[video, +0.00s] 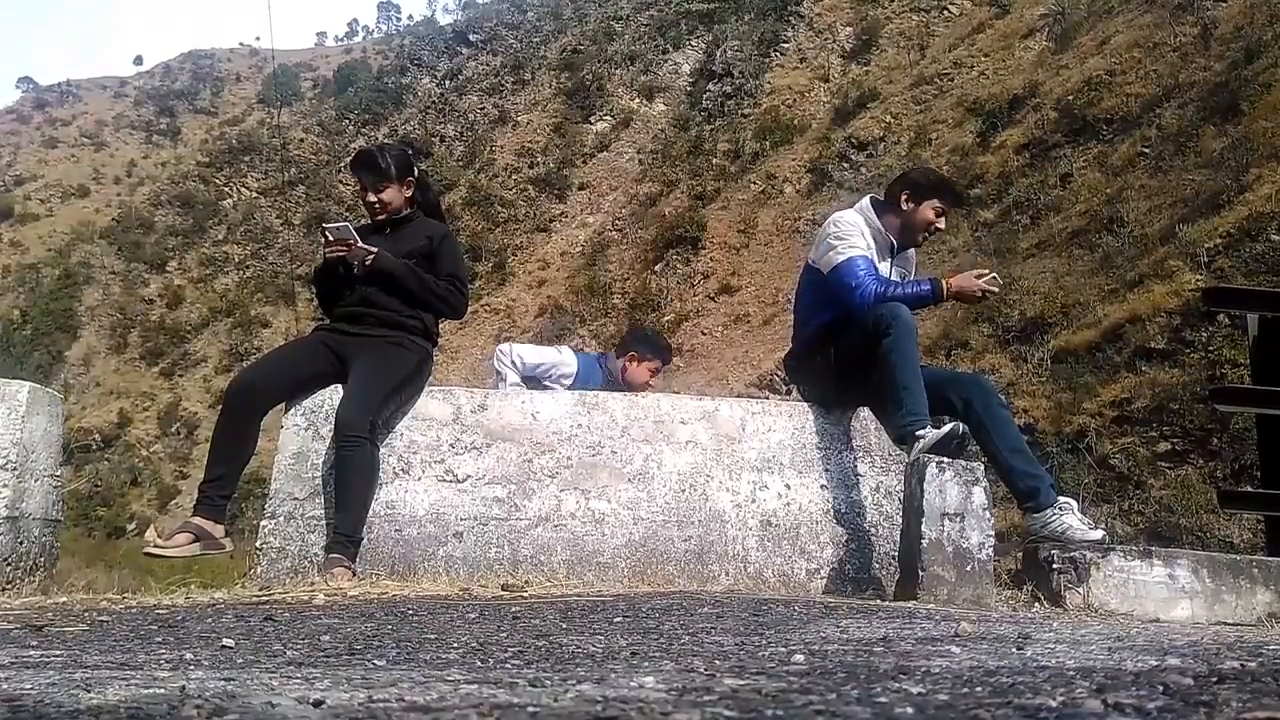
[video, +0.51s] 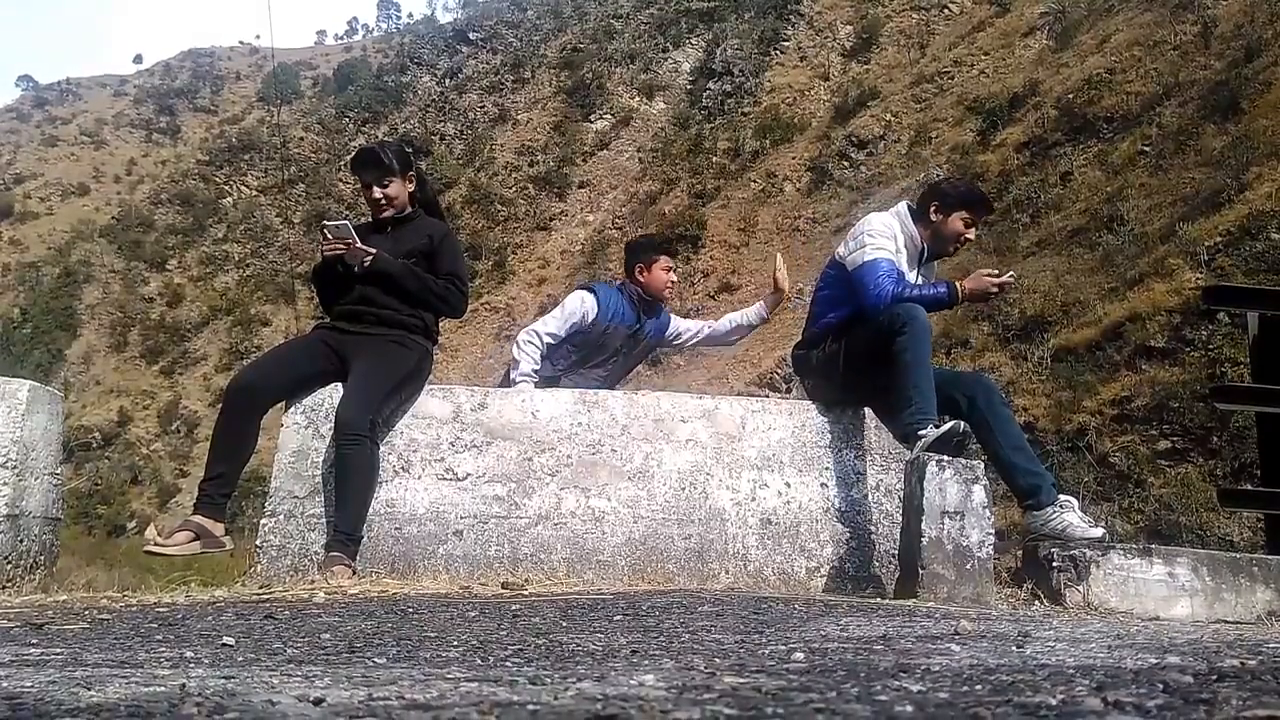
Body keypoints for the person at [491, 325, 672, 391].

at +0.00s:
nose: (654, 382)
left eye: (658, 374)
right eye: (653, 372)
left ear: (631, 362)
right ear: (630, 361)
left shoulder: (624, 388)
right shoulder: (572, 366)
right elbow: (506, 354)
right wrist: (515, 404)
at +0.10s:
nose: (659, 358)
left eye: (661, 350)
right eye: (656, 348)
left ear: (635, 342)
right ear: (632, 339)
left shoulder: (627, 378)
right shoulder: (581, 353)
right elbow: (509, 348)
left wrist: (689, 396)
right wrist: (517, 402)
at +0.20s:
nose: (664, 332)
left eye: (666, 325)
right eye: (661, 323)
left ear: (639, 322)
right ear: (635, 320)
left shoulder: (637, 366)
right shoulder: (583, 337)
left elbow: (680, 389)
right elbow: (513, 344)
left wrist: (716, 368)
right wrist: (519, 399)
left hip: (569, 430)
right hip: (531, 416)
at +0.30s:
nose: (669, 312)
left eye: (670, 303)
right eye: (663, 302)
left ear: (646, 303)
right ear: (637, 300)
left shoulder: (644, 345)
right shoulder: (588, 323)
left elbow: (697, 361)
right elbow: (518, 341)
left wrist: (744, 332)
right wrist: (519, 395)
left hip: (574, 418)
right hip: (535, 406)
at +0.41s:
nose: (671, 292)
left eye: (671, 284)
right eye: (663, 284)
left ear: (651, 286)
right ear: (637, 283)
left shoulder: (653, 331)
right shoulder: (588, 310)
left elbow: (708, 339)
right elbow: (525, 339)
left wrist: (760, 312)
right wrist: (521, 392)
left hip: (575, 409)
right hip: (530, 397)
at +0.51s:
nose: (673, 279)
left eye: (672, 271)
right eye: (666, 270)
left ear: (649, 275)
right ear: (640, 273)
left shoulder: (662, 324)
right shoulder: (595, 301)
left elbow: (720, 331)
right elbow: (532, 339)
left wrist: (771, 303)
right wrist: (524, 392)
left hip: (581, 408)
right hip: (537, 396)